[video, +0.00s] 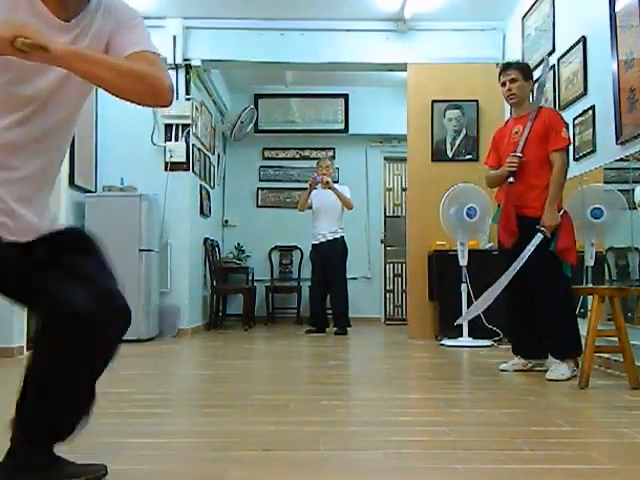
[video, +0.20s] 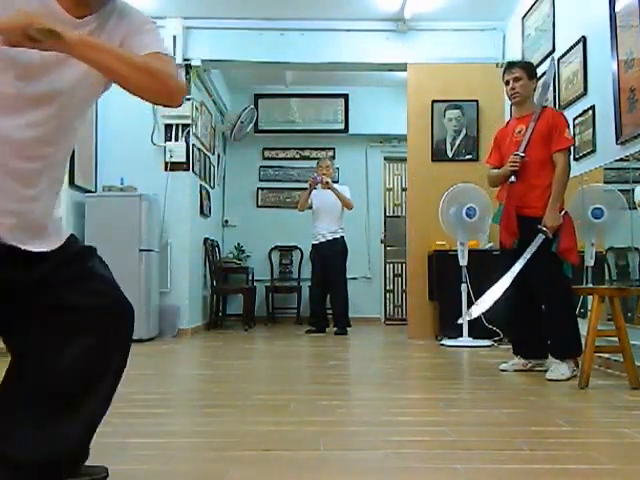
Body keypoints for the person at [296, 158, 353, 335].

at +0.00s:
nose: (325, 171)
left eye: (327, 168)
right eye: (321, 168)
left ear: (332, 170)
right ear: (317, 171)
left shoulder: (341, 189)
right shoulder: (313, 193)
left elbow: (349, 206)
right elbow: (301, 207)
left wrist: (332, 189)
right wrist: (309, 189)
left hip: (336, 241)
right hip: (318, 243)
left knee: (338, 285)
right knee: (317, 286)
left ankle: (341, 324)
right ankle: (318, 323)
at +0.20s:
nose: (325, 171)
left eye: (328, 168)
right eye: (321, 168)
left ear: (332, 170)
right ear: (317, 171)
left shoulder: (341, 189)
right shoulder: (313, 192)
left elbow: (349, 206)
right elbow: (301, 207)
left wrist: (332, 189)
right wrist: (309, 189)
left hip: (336, 241)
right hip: (318, 243)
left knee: (338, 285)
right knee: (317, 286)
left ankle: (341, 324)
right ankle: (318, 323)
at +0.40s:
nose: (324, 171)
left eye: (327, 168)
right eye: (321, 168)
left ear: (332, 170)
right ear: (317, 171)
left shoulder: (341, 189)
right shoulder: (313, 193)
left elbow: (349, 206)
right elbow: (301, 208)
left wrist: (332, 189)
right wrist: (308, 189)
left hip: (336, 241)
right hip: (318, 243)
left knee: (338, 285)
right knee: (317, 286)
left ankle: (341, 324)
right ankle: (318, 323)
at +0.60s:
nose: (324, 171)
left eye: (327, 168)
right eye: (321, 168)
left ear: (332, 170)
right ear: (316, 171)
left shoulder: (341, 189)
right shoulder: (313, 193)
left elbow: (349, 206)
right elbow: (300, 208)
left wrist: (332, 189)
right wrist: (307, 189)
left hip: (336, 241)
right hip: (318, 243)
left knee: (338, 285)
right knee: (317, 286)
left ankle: (341, 324)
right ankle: (318, 323)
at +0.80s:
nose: (324, 171)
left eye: (327, 168)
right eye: (321, 168)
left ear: (332, 170)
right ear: (316, 171)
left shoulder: (341, 189)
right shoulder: (312, 194)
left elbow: (349, 205)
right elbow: (299, 208)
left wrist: (332, 189)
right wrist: (305, 189)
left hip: (336, 241)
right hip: (318, 243)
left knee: (338, 285)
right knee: (317, 286)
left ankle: (341, 324)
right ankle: (318, 323)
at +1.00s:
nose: (324, 173)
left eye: (327, 169)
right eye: (321, 170)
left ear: (332, 172)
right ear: (317, 173)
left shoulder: (341, 189)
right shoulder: (312, 193)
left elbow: (348, 205)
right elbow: (298, 208)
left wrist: (332, 187)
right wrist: (305, 190)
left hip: (335, 240)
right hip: (317, 242)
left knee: (337, 285)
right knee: (317, 286)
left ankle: (341, 323)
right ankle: (318, 322)